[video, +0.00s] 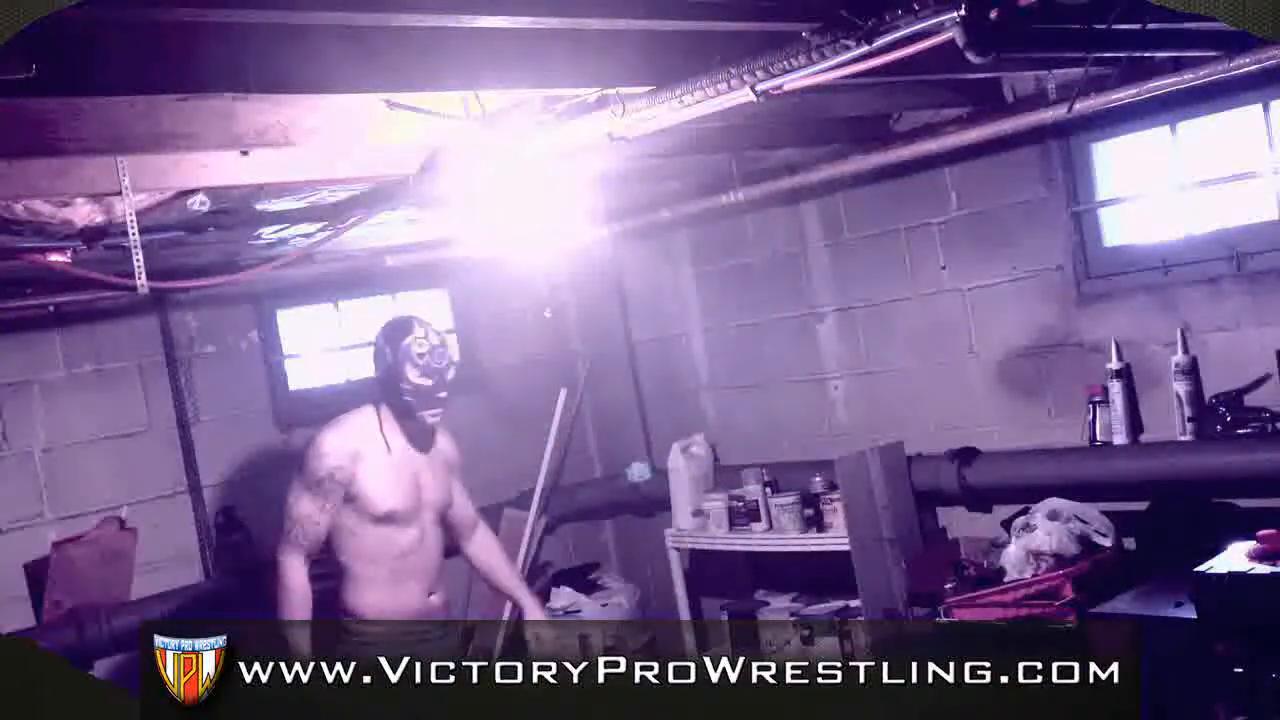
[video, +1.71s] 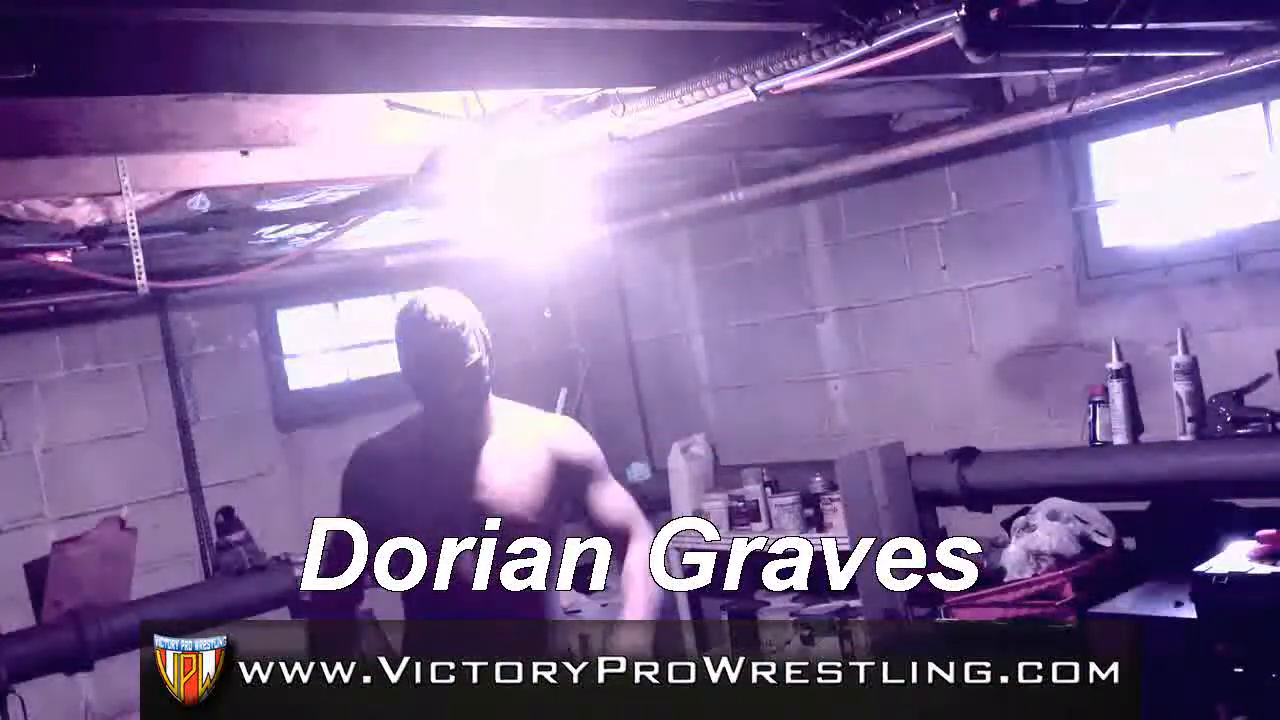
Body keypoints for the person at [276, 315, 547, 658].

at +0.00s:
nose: (441, 394)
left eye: (445, 380)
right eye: (426, 381)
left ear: (451, 375)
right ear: (392, 381)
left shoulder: (442, 445)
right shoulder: (342, 446)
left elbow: (473, 533)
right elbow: (294, 554)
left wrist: (531, 605)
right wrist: (302, 664)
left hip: (440, 634)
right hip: (370, 640)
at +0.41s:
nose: (388, 404)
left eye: (397, 388)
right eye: (370, 395)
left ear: (407, 380)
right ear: (341, 394)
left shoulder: (436, 445)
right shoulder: (302, 464)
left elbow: (472, 541)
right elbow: (275, 577)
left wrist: (506, 635)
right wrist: (289, 674)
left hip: (442, 646)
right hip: (355, 653)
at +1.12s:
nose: (379, 417)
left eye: (389, 400)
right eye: (361, 405)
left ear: (404, 385)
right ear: (331, 403)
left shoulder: (455, 455)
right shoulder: (291, 481)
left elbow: (518, 561)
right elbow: (258, 595)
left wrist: (543, 658)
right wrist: (291, 683)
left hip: (458, 668)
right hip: (347, 677)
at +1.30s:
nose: (424, 422)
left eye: (431, 405)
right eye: (408, 413)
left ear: (443, 378)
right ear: (368, 395)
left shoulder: (497, 454)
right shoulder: (327, 470)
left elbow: (563, 545)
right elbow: (287, 573)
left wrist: (549, 583)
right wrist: (308, 574)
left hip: (502, 665)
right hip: (384, 671)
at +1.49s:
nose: (464, 376)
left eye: (466, 361)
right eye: (443, 369)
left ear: (476, 352)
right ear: (405, 376)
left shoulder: (539, 440)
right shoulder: (362, 458)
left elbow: (608, 516)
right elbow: (310, 582)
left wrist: (575, 547)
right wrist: (330, 573)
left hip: (527, 660)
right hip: (416, 665)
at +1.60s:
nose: (457, 387)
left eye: (466, 364)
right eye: (438, 372)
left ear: (483, 354)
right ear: (408, 374)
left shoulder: (549, 437)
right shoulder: (369, 459)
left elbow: (626, 515)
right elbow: (325, 566)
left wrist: (620, 557)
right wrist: (343, 606)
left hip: (534, 660)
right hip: (421, 666)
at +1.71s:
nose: (447, 377)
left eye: (459, 358)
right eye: (427, 364)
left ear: (484, 355)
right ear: (408, 372)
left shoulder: (558, 441)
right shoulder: (376, 464)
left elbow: (635, 533)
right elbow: (335, 600)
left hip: (536, 671)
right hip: (427, 677)